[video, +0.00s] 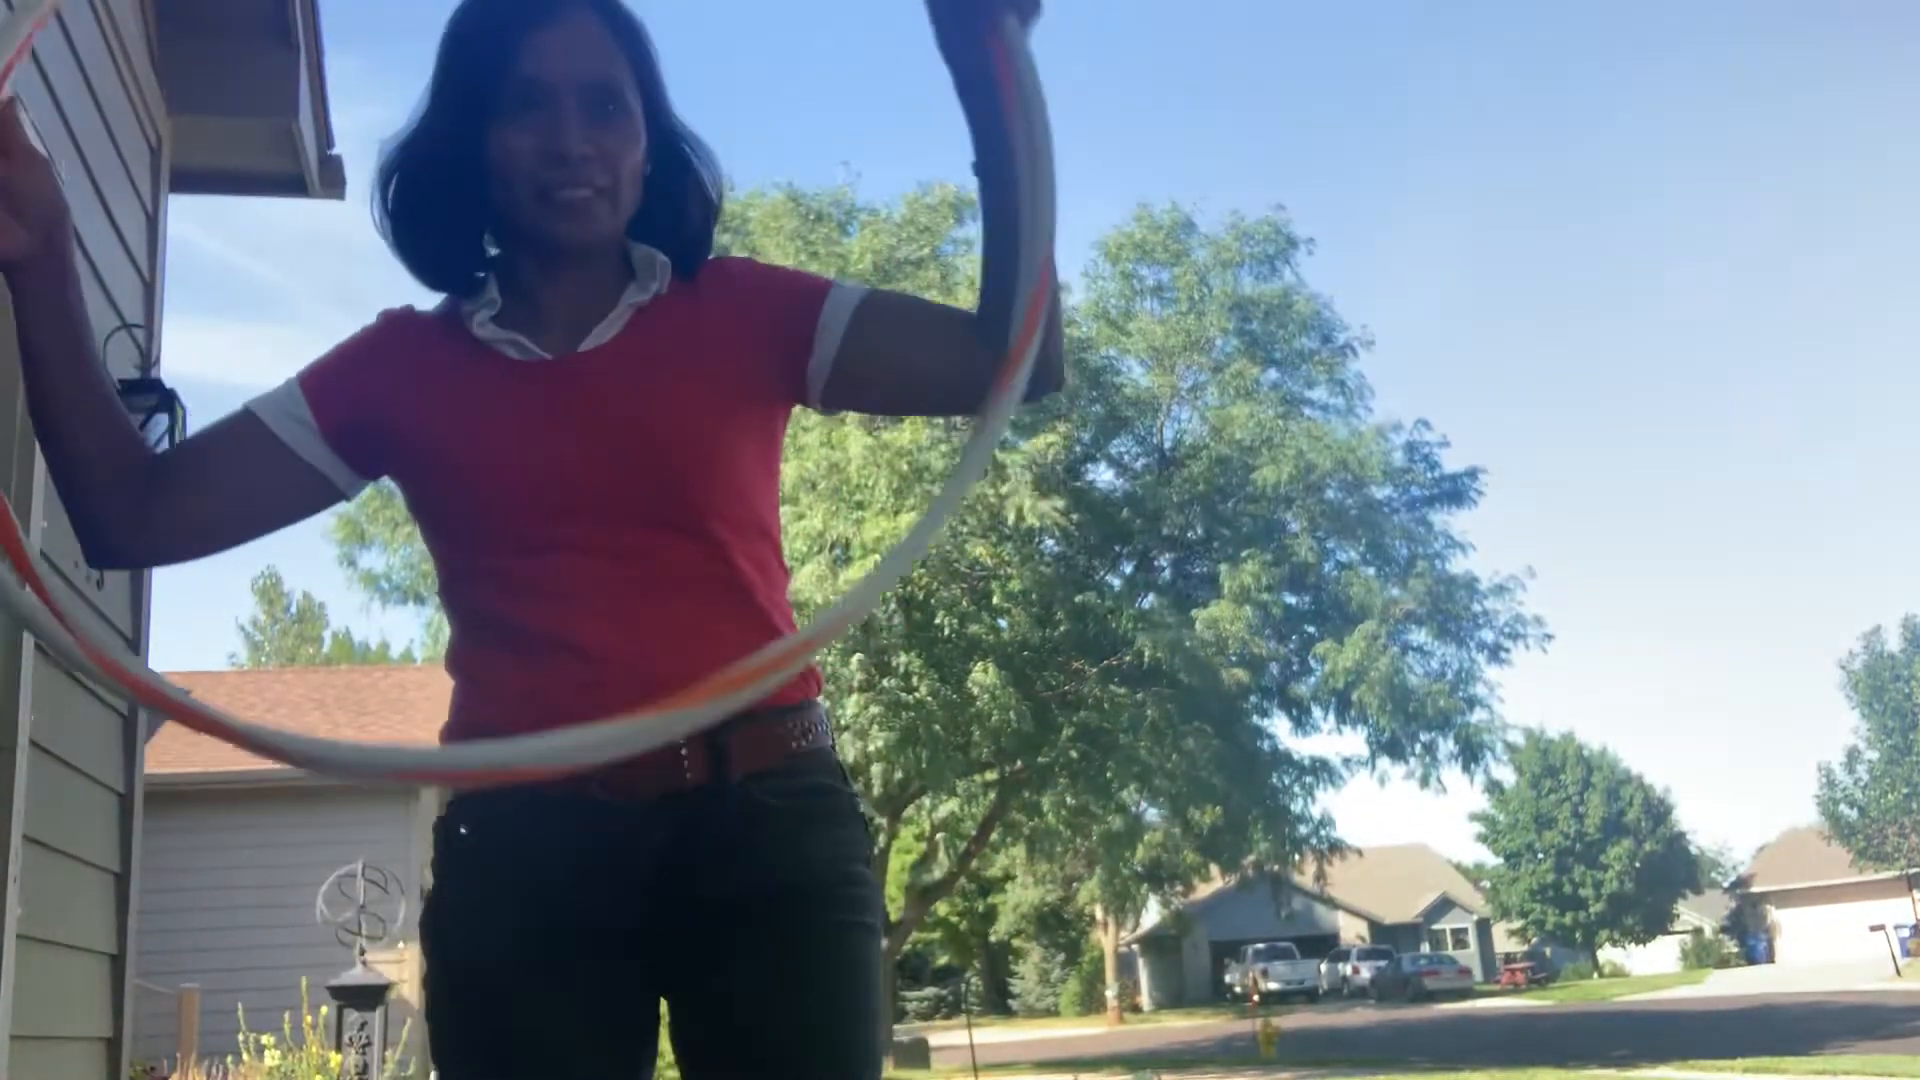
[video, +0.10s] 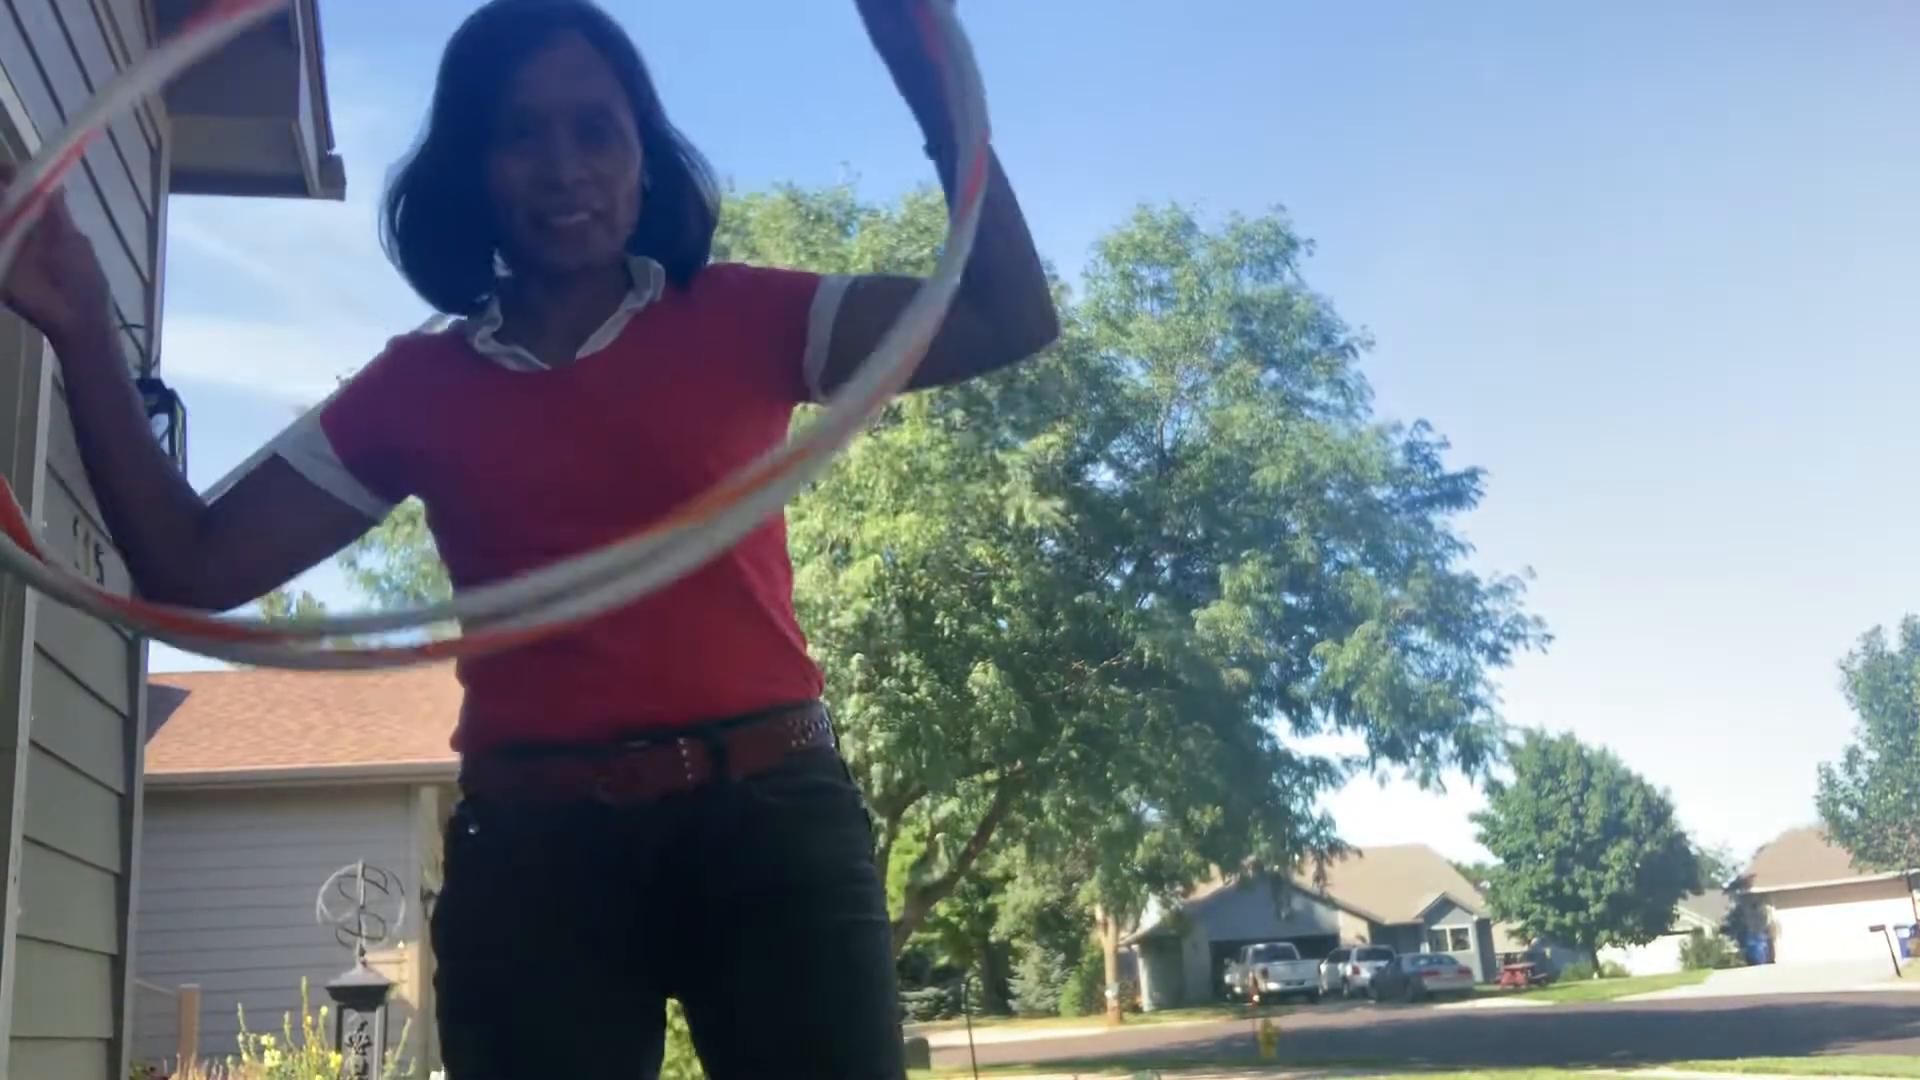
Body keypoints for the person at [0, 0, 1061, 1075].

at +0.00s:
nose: (572, 141)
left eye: (606, 104)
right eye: (528, 107)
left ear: (653, 136)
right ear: (469, 146)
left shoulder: (742, 315)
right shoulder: (401, 371)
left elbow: (1020, 360)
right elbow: (132, 518)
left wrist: (1000, 79)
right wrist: (37, 260)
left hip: (770, 829)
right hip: (528, 849)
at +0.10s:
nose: (565, 167)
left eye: (596, 129)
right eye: (523, 135)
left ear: (647, 150)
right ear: (471, 169)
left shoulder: (742, 317)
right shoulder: (422, 386)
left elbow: (1009, 318)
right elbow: (192, 566)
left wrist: (938, 79)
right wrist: (84, 336)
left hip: (772, 820)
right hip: (535, 845)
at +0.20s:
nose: (564, 179)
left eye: (595, 143)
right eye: (522, 151)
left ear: (650, 165)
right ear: (479, 191)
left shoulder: (755, 329)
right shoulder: (449, 402)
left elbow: (1013, 336)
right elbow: (271, 629)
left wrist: (922, 133)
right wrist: (151, 416)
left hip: (787, 827)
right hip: (550, 848)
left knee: (869, 1075)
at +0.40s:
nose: (618, 202)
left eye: (646, 169)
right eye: (576, 183)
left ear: (702, 193)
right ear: (535, 228)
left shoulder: (807, 361)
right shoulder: (528, 443)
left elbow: (1044, 474)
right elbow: (447, 695)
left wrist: (965, 248)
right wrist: (261, 547)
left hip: (840, 842)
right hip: (610, 856)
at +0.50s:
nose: (669, 227)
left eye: (696, 191)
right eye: (627, 208)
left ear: (753, 214)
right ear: (596, 254)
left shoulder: (862, 380)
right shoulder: (588, 456)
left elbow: (1067, 537)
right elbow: (515, 713)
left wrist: (1033, 317)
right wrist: (326, 582)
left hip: (885, 848)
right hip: (660, 852)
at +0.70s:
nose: (787, 254)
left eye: (814, 217)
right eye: (749, 234)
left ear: (871, 241)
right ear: (715, 277)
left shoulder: (972, 418)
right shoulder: (691, 466)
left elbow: (1131, 633)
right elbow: (637, 715)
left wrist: (1154, 414)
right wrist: (505, 566)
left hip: (968, 877)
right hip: (762, 892)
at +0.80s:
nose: (837, 252)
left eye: (865, 218)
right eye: (802, 231)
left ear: (920, 242)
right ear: (768, 272)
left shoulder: (1016, 424)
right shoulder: (732, 455)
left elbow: (1152, 642)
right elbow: (677, 700)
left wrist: (1193, 442)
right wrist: (555, 553)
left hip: (998, 863)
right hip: (791, 874)